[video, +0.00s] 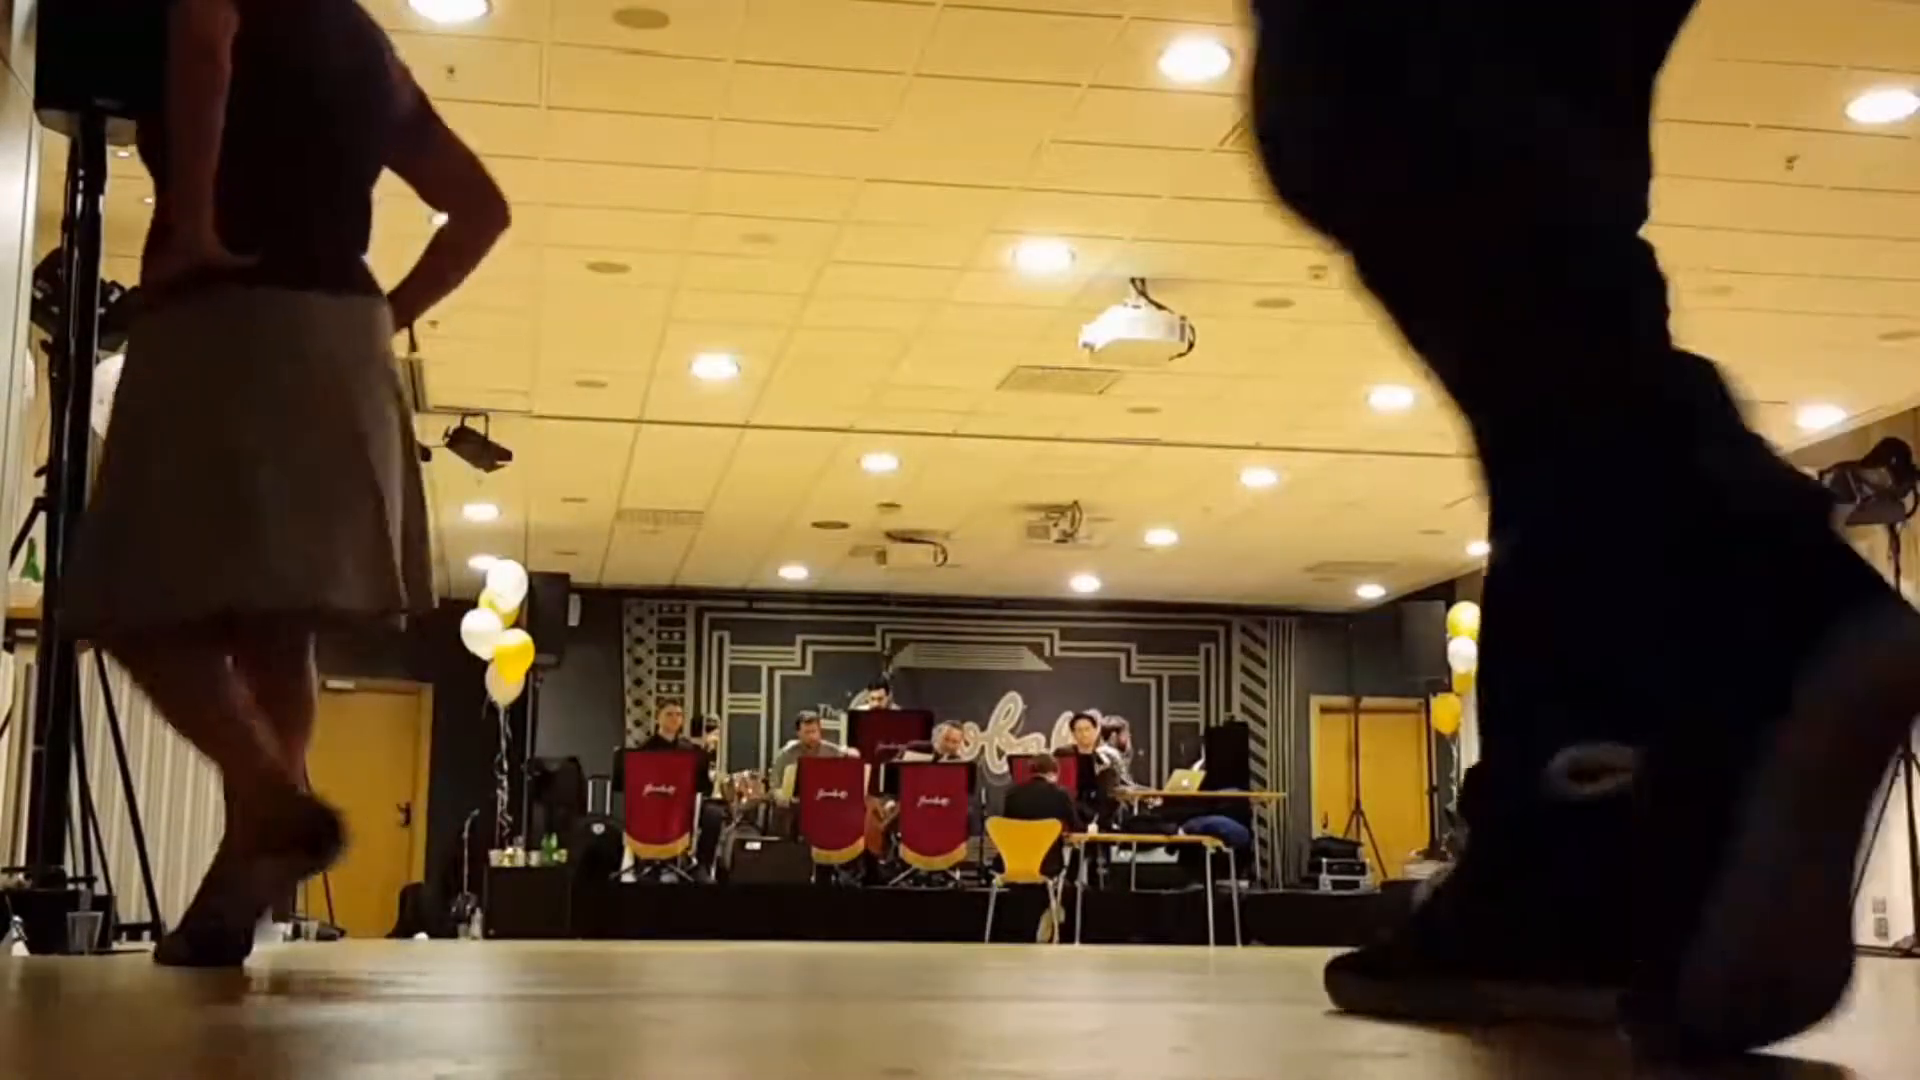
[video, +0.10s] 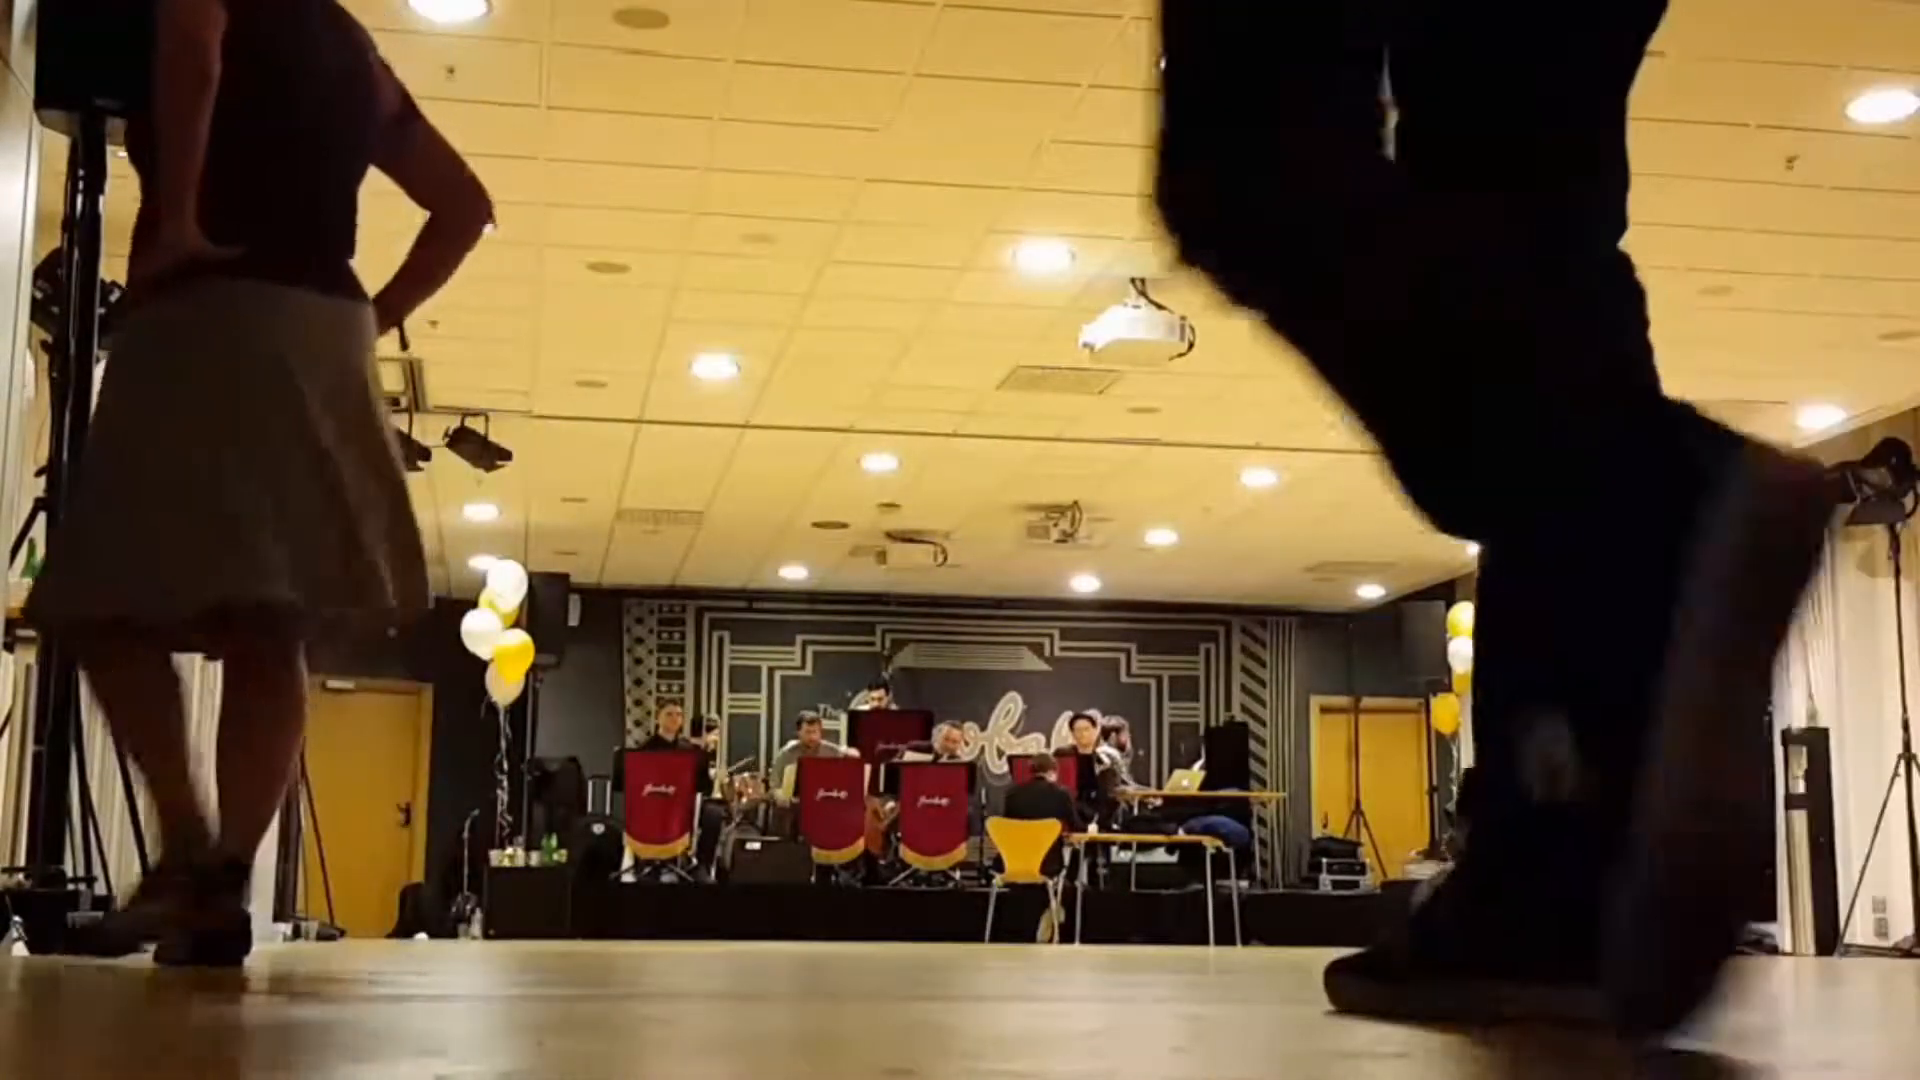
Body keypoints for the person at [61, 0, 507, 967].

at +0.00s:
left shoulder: (206, 10)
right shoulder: (358, 43)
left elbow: (205, 40)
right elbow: (480, 210)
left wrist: (185, 226)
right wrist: (390, 311)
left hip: (222, 322)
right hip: (341, 331)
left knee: (130, 602)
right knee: (280, 628)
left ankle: (278, 805)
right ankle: (229, 909)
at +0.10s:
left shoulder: (192, 4)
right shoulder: (341, 40)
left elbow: (193, 48)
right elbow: (463, 205)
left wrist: (170, 215)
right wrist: (378, 316)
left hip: (208, 319)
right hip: (326, 327)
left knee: (97, 604)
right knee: (269, 627)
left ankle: (186, 843)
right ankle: (222, 901)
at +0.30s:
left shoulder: (159, 13)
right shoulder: (315, 62)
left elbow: (148, 73)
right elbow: (437, 219)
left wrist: (124, 236)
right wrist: (359, 328)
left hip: (164, 337)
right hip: (298, 351)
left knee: (84, 630)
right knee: (260, 640)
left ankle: (32, 889)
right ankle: (223, 901)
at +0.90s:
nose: (184, 19)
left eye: (183, 12)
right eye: (184, 11)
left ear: (63, 5)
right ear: (164, 10)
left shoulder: (19, 87)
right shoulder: (202, 90)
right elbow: (308, 196)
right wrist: (282, 329)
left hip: (40, 366)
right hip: (175, 373)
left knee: (36, 634)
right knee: (197, 624)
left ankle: (12, 892)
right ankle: (145, 827)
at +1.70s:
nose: (307, 57)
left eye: (303, 39)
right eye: (300, 40)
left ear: (211, 48)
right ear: (277, 44)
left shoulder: (148, 137)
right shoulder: (317, 135)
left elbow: (26, 214)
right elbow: (358, 236)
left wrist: (73, 341)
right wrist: (340, 340)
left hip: (158, 407)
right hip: (277, 408)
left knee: (106, 654)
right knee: (270, 666)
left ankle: (12, 865)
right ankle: (251, 903)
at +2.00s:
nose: (390, 58)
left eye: (387, 40)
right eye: (381, 41)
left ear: (292, 50)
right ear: (353, 48)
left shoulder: (231, 142)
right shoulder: (390, 145)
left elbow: (108, 236)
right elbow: (420, 250)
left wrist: (172, 356)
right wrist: (407, 353)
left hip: (239, 414)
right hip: (343, 413)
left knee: (216, 669)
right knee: (304, 667)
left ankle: (150, 899)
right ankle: (255, 906)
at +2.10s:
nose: (412, 64)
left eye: (408, 47)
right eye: (405, 48)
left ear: (313, 58)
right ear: (383, 58)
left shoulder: (258, 146)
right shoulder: (397, 150)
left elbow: (142, 240)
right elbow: (415, 257)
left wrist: (196, 365)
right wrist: (407, 363)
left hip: (263, 412)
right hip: (348, 414)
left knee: (272, 666)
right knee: (312, 663)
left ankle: (256, 900)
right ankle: (254, 903)